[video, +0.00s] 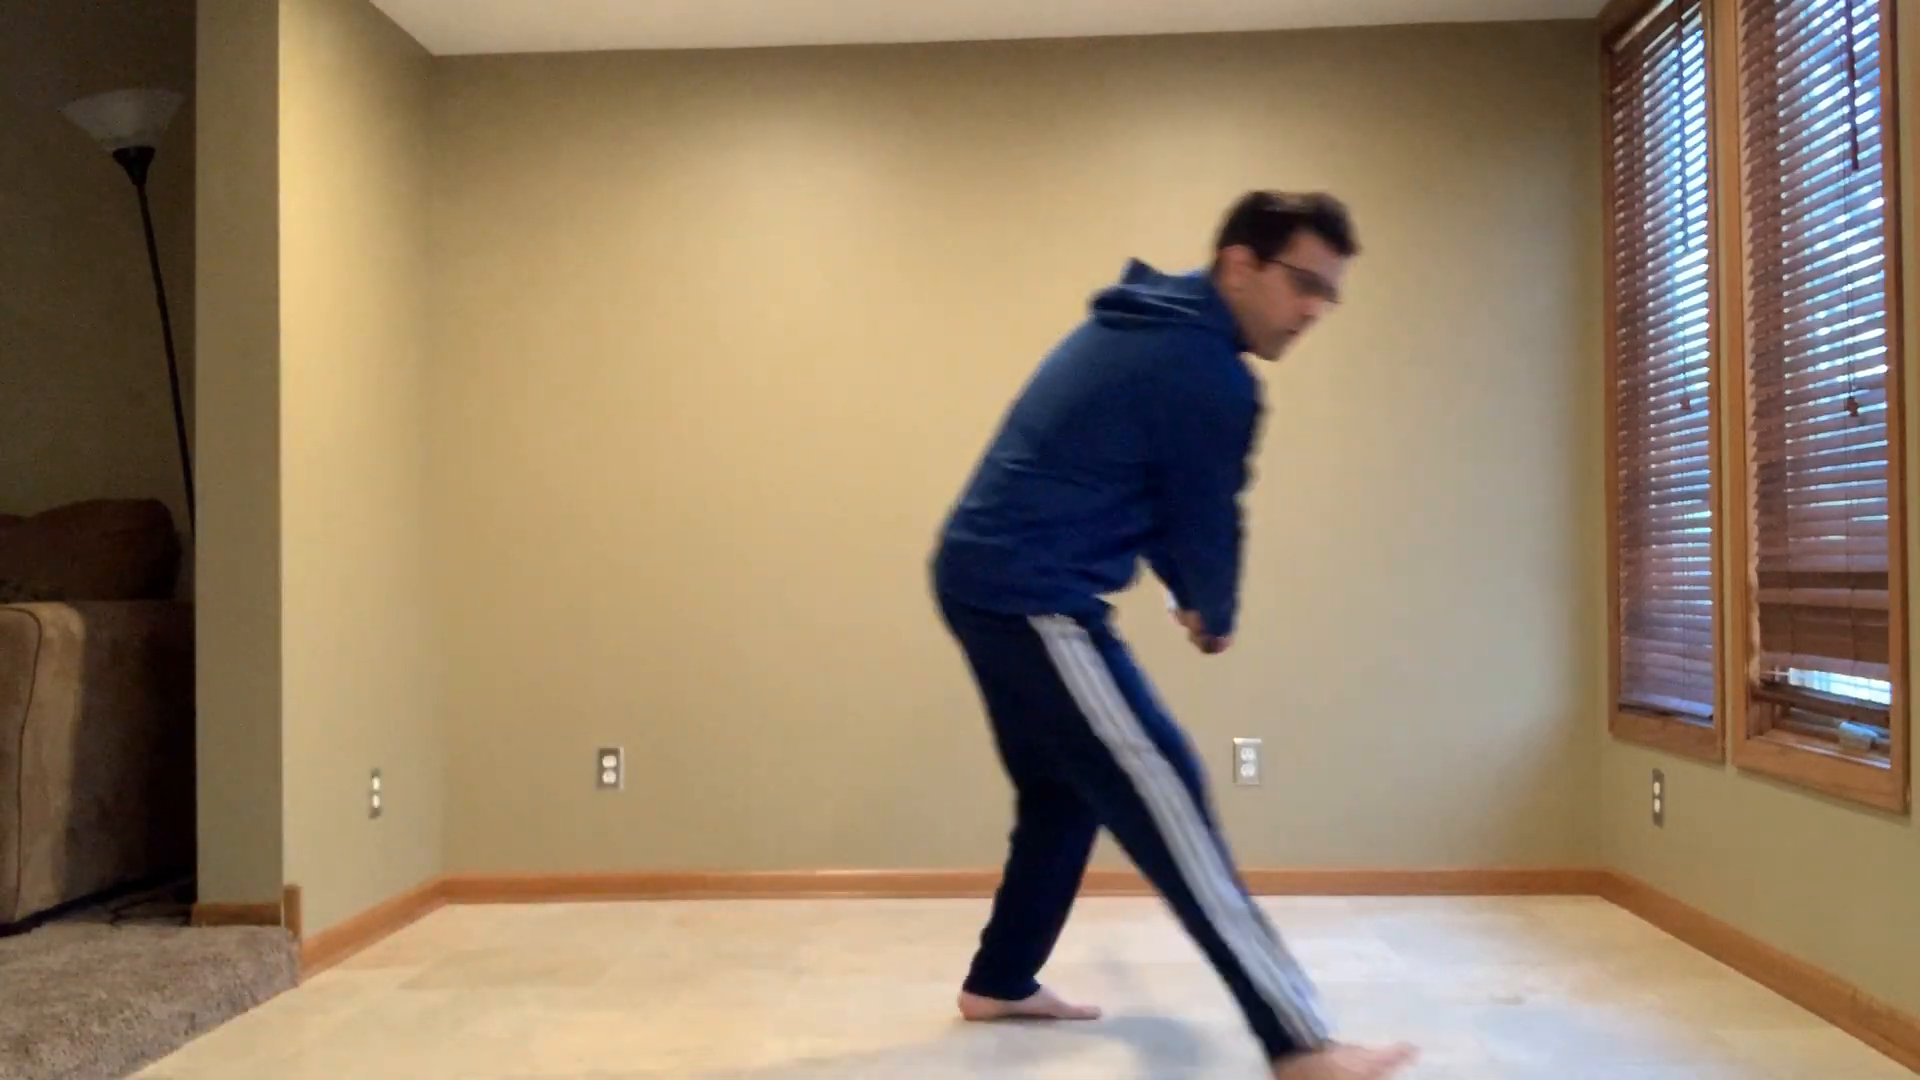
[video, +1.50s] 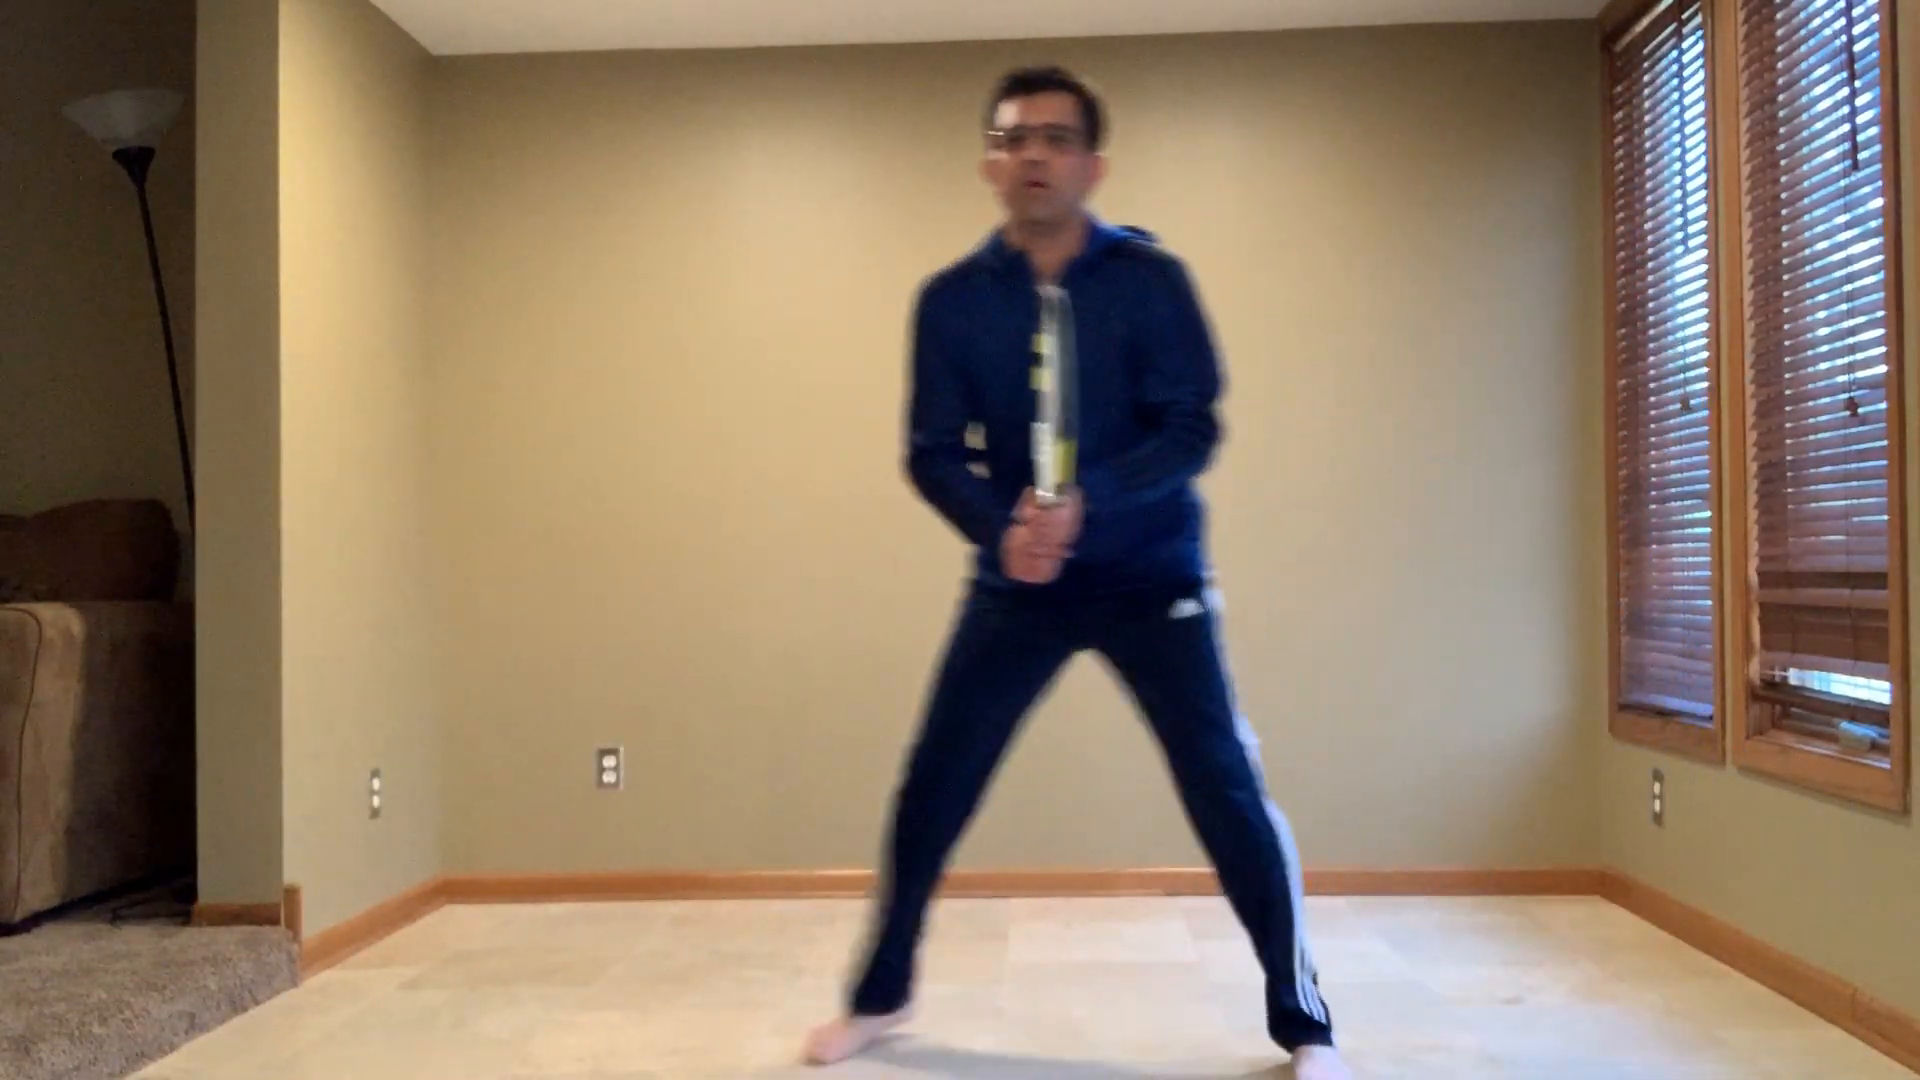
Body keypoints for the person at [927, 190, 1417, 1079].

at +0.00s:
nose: (1317, 312)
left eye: (1328, 294)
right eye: (1305, 285)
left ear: (1232, 271)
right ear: (1237, 264)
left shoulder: (1147, 316)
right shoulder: (1207, 375)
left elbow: (1139, 477)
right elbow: (1204, 520)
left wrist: (1187, 583)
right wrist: (1211, 611)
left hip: (988, 576)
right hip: (1036, 593)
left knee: (1061, 792)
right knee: (1158, 784)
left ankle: (1000, 983)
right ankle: (1296, 1044)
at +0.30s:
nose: (1525, 262)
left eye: (1538, 246)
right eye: (1517, 233)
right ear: (1447, 205)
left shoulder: (1481, 333)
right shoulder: (1318, 294)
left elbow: (1500, 425)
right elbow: (1294, 463)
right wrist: (1434, 512)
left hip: (1313, 596)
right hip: (1232, 578)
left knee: (1324, 818)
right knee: (1374, 790)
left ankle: (1135, 909)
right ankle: (1338, 1062)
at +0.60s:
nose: (1637, 175)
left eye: (1654, 159)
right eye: (1620, 148)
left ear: (1660, 170)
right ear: (1553, 139)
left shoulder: (1643, 252)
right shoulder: (1458, 229)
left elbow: (1588, 329)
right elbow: (1309, 345)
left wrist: (1459, 220)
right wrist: (1397, 227)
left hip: (1543, 550)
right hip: (1423, 542)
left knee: (1649, 763)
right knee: (1439, 776)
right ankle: (1360, 1053)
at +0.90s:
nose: (1581, 167)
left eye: (1599, 150)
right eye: (1558, 148)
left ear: (1616, 168)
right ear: (1504, 167)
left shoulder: (1645, 287)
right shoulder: (1433, 297)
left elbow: (1658, 443)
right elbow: (1361, 423)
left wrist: (1518, 460)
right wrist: (1403, 479)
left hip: (1602, 582)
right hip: (1469, 584)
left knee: (1706, 777)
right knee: (1469, 785)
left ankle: (1759, 999)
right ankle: (1417, 986)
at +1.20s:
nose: (1330, 136)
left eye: (1349, 117)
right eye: (1307, 120)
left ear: (1378, 135)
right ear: (1271, 143)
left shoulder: (1422, 253)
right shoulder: (1219, 273)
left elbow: (1467, 409)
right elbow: (1175, 432)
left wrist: (1392, 457)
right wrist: (1287, 496)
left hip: (1415, 552)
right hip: (1295, 574)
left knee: (1485, 743)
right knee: (1363, 789)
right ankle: (1454, 976)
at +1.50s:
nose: (1028, 157)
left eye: (1052, 140)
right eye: (1010, 139)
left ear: (1094, 164)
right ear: (986, 161)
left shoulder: (1150, 279)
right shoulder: (951, 299)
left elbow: (1193, 429)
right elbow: (932, 455)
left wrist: (1085, 507)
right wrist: (996, 526)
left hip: (1151, 586)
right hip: (1015, 591)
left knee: (1226, 786)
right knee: (931, 788)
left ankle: (1302, 1018)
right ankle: (876, 1001)